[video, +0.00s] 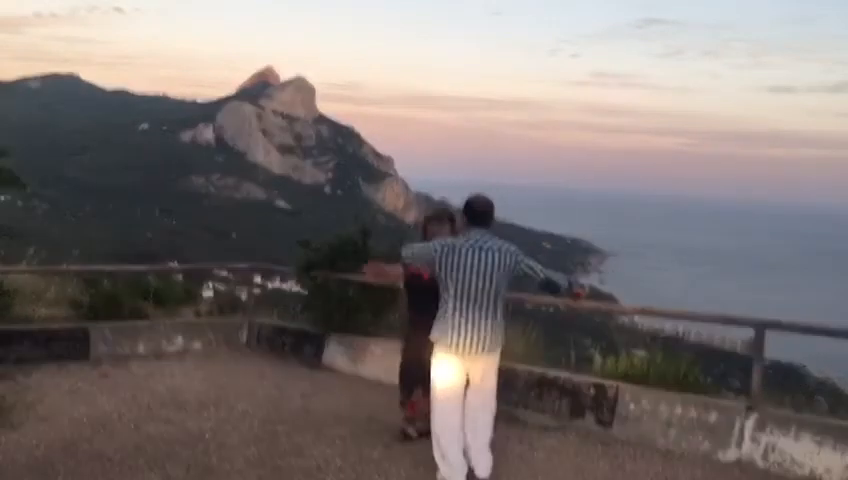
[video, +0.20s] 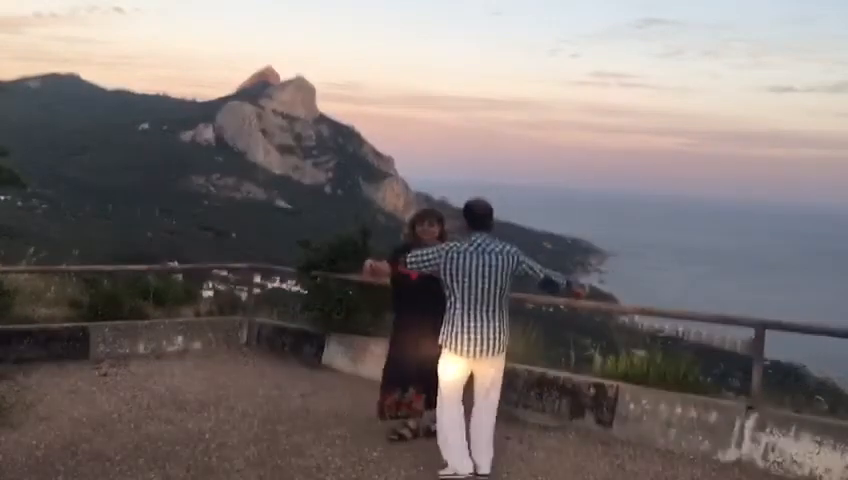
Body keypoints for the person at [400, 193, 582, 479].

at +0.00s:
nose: (460, 221)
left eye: (461, 217)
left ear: (463, 218)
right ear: (492, 220)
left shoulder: (445, 246)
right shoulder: (506, 251)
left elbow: (408, 253)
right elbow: (544, 276)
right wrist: (571, 286)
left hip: (449, 338)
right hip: (488, 341)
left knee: (446, 406)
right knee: (482, 404)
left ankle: (451, 471)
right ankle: (481, 468)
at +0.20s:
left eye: (469, 219)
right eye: (485, 217)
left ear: (465, 222)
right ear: (492, 221)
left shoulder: (449, 251)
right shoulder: (508, 252)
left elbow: (407, 260)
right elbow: (544, 277)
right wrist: (570, 287)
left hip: (457, 341)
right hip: (493, 343)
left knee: (449, 404)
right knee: (486, 406)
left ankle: (458, 466)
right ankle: (483, 465)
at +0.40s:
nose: (455, 224)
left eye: (456, 220)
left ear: (457, 223)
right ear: (483, 222)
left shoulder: (448, 254)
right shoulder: (504, 249)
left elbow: (411, 276)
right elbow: (540, 269)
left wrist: (390, 268)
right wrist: (557, 275)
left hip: (459, 337)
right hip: (494, 337)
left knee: (446, 387)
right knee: (486, 398)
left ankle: (462, 448)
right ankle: (483, 463)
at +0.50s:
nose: (449, 226)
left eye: (449, 222)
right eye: (451, 221)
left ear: (452, 224)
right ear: (476, 222)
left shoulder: (446, 254)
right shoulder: (498, 246)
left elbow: (410, 278)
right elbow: (534, 258)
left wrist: (385, 268)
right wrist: (545, 257)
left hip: (457, 337)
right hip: (493, 336)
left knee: (441, 391)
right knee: (484, 400)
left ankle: (452, 452)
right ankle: (482, 462)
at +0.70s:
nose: (436, 227)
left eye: (437, 223)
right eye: (437, 222)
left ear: (443, 224)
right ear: (465, 223)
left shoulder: (438, 252)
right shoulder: (487, 245)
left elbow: (406, 277)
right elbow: (514, 245)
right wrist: (524, 236)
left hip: (447, 333)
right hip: (480, 330)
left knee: (441, 395)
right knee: (475, 392)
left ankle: (442, 451)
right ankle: (479, 450)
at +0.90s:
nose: (430, 227)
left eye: (431, 223)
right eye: (431, 222)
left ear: (436, 224)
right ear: (457, 223)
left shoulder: (433, 250)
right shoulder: (477, 247)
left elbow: (397, 266)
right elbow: (505, 261)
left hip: (438, 333)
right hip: (470, 332)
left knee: (434, 392)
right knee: (457, 385)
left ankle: (441, 452)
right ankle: (466, 439)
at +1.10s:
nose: (425, 227)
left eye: (427, 223)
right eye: (426, 222)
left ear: (433, 223)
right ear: (451, 223)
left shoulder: (431, 248)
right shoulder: (469, 247)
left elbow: (395, 260)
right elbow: (489, 272)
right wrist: (463, 271)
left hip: (436, 331)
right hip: (461, 331)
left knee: (428, 392)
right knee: (443, 388)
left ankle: (441, 450)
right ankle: (440, 440)